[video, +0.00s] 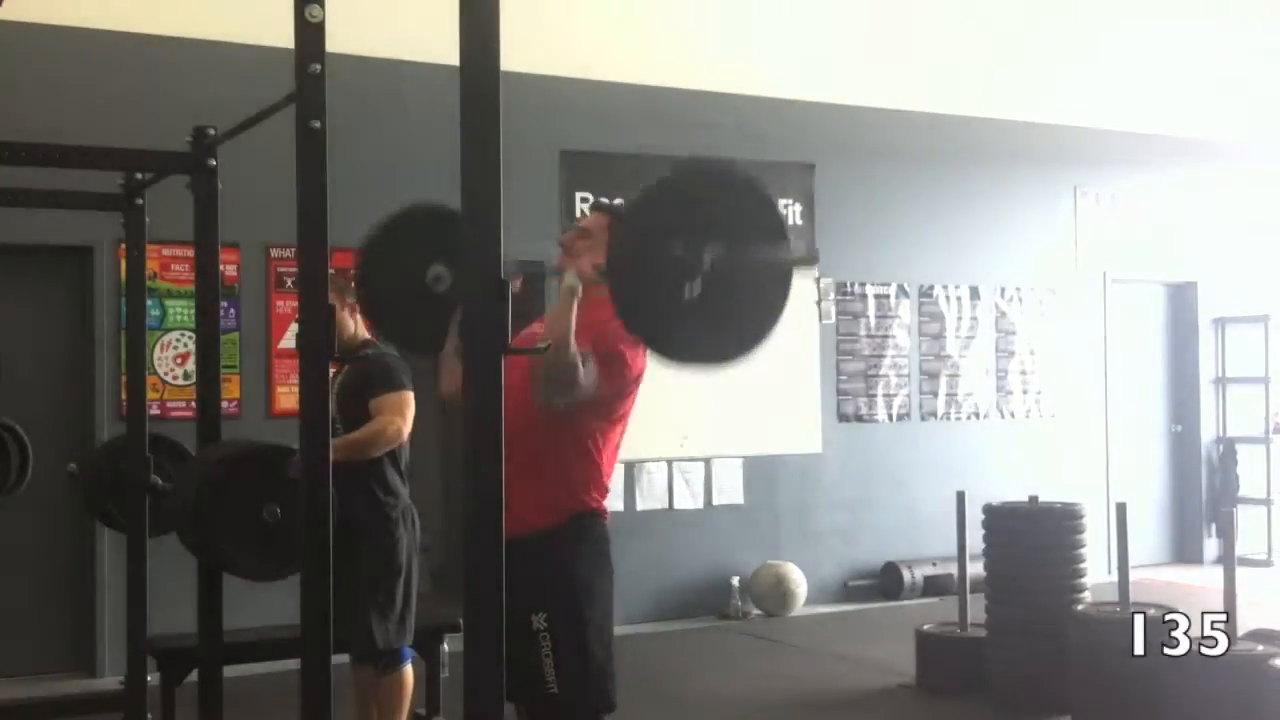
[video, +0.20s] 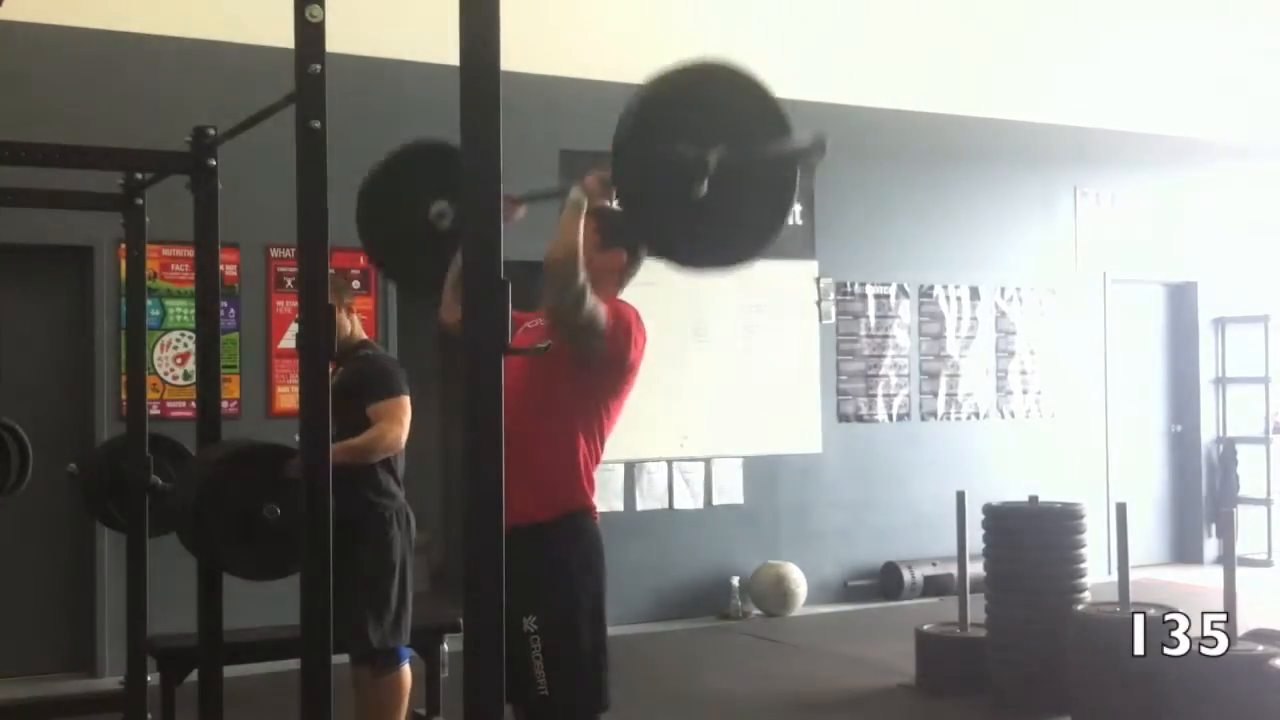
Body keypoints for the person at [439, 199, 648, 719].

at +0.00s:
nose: (566, 238)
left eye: (584, 234)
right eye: (571, 230)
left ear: (614, 257)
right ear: (571, 250)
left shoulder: (619, 330)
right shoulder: (539, 328)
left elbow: (558, 388)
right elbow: (453, 384)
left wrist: (568, 291)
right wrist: (466, 299)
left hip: (565, 533)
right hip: (508, 532)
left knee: (571, 698)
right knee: (518, 694)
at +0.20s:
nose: (572, 247)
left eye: (594, 238)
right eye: (573, 235)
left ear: (622, 261)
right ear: (563, 248)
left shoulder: (621, 328)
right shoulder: (528, 324)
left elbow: (564, 299)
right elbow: (453, 313)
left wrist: (576, 201)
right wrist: (484, 229)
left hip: (558, 532)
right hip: (498, 530)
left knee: (565, 698)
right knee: (502, 691)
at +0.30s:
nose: (557, 254)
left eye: (572, 246)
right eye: (557, 244)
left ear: (610, 259)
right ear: (550, 250)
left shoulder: (615, 330)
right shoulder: (522, 317)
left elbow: (577, 253)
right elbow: (458, 287)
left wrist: (582, 170)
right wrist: (491, 206)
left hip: (557, 534)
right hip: (494, 530)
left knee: (565, 699)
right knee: (495, 694)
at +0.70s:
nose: (499, 244)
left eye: (510, 230)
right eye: (498, 231)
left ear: (552, 237)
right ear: (510, 241)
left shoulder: (587, 306)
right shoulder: (497, 307)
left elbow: (592, 189)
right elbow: (481, 215)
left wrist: (597, 85)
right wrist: (506, 132)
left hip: (568, 525)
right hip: (500, 526)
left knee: (593, 692)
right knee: (518, 687)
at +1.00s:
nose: (497, 244)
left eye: (508, 230)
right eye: (496, 231)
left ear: (548, 239)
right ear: (507, 241)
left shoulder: (584, 300)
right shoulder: (498, 305)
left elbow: (587, 193)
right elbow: (497, 211)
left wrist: (595, 80)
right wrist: (506, 125)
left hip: (573, 522)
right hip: (504, 524)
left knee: (599, 689)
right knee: (525, 686)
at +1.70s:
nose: (579, 237)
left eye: (598, 233)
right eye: (582, 229)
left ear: (632, 265)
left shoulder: (622, 330)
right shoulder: (528, 330)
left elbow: (559, 311)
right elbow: (450, 329)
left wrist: (572, 224)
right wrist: (487, 253)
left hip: (566, 532)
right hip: (500, 529)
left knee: (577, 690)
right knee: (506, 685)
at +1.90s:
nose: (577, 246)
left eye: (596, 239)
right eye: (578, 236)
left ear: (622, 260)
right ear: (569, 251)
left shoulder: (621, 338)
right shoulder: (538, 334)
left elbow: (561, 390)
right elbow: (458, 395)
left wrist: (568, 298)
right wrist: (466, 314)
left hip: (564, 534)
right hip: (504, 532)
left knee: (567, 694)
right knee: (503, 688)